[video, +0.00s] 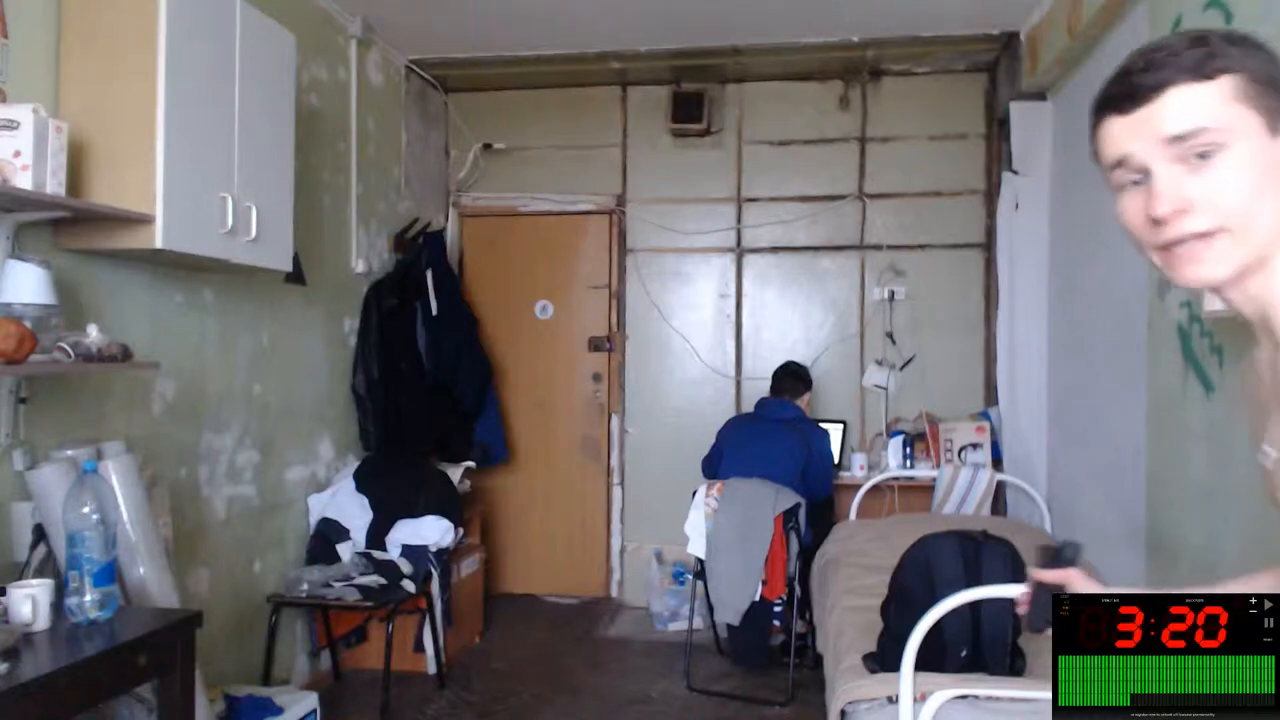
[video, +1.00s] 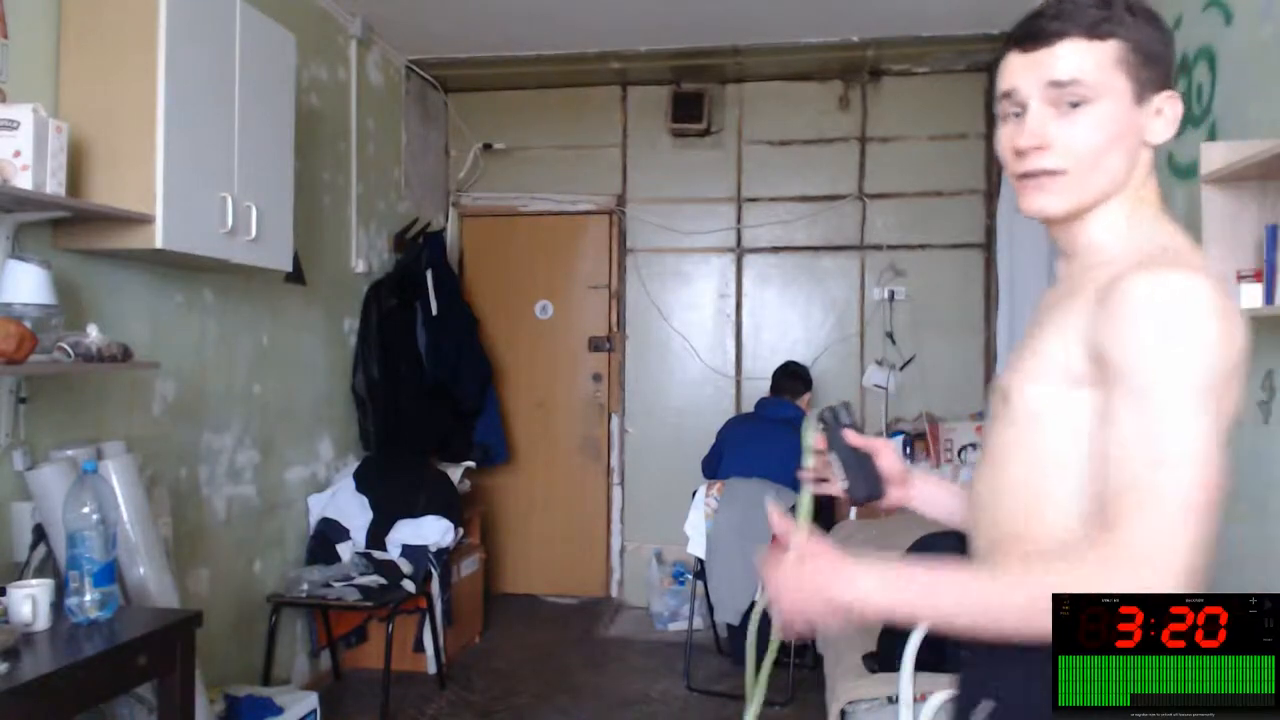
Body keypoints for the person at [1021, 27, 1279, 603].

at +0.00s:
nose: (1161, 205)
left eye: (1201, 155)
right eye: (1130, 179)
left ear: (1279, 144)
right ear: (1116, 204)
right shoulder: (1260, 373)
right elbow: (1278, 582)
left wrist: (1132, 614)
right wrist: (1122, 610)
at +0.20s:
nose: (1123, 171)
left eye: (1157, 131)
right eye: (1096, 153)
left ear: (1242, 136)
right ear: (1082, 185)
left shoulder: (1266, 306)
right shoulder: (1190, 363)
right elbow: (1265, 557)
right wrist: (1070, 593)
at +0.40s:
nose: (1117, 135)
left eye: (1152, 97)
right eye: (1087, 115)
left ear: (1226, 109)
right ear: (1071, 149)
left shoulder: (1268, 250)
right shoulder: (1156, 332)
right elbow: (1224, 530)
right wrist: (1012, 534)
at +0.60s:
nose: (1113, 112)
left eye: (1148, 77)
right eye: (1085, 95)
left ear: (1218, 94)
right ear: (1063, 130)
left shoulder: (1271, 223)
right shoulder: (1137, 314)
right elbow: (1167, 519)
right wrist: (972, 484)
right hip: (1244, 594)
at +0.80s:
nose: (1078, 112)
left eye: (1118, 78)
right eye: (1055, 90)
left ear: (1194, 94)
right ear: (1038, 117)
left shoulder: (1255, 240)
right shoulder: (1120, 297)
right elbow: (1129, 511)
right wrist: (962, 483)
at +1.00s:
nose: (1026, 136)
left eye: (1070, 101)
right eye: (1011, 110)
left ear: (1159, 116)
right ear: (996, 129)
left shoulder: (1162, 300)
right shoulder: (1078, 287)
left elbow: (1142, 579)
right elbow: (1057, 527)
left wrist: (856, 585)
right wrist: (909, 485)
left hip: (1067, 696)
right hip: (1010, 688)